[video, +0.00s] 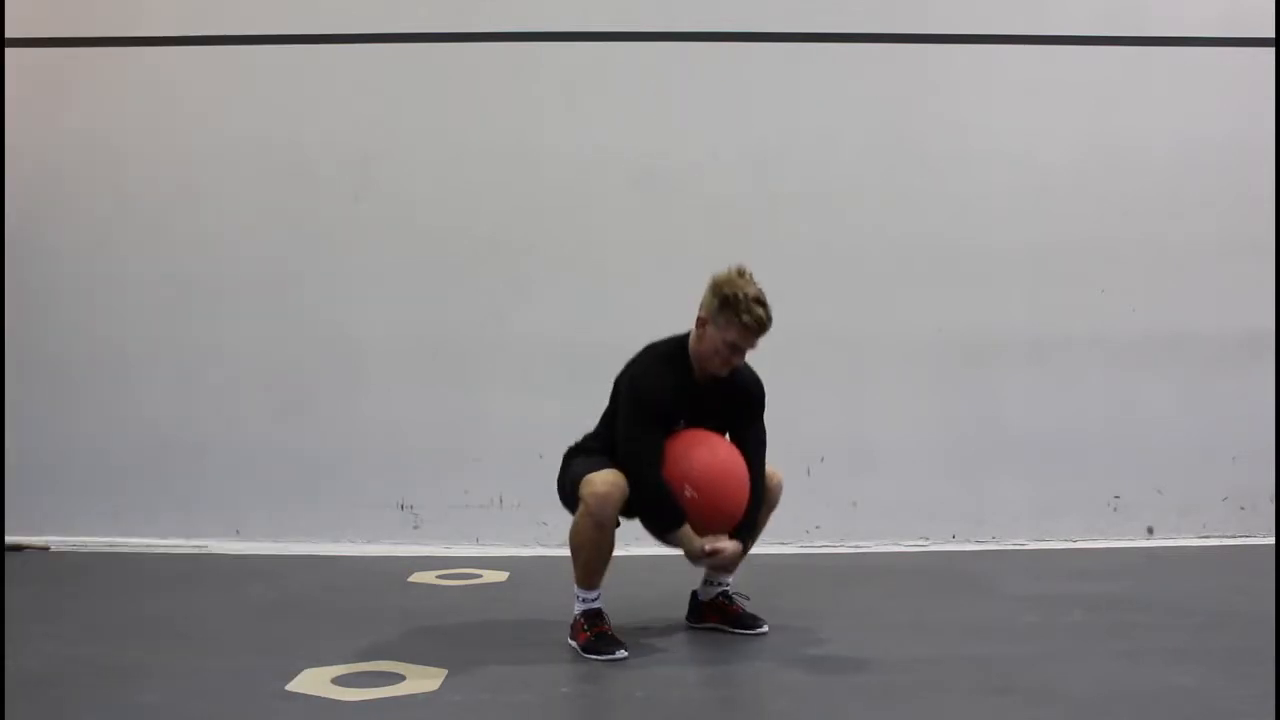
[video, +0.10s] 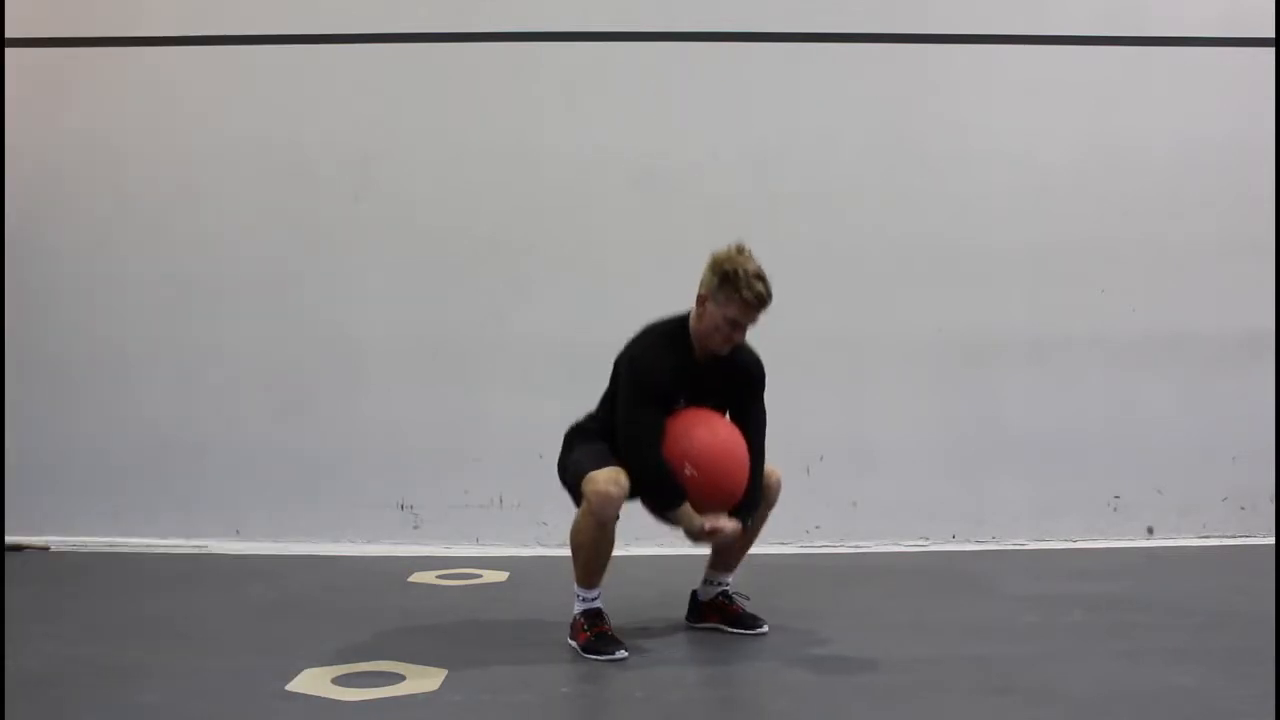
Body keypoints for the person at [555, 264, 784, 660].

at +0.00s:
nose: (738, 360)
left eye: (746, 351)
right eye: (732, 348)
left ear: (755, 343)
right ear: (701, 324)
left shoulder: (746, 388)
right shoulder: (650, 370)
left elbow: (754, 474)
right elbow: (639, 472)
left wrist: (739, 542)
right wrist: (690, 544)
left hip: (681, 477)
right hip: (606, 464)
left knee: (768, 484)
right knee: (605, 490)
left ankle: (710, 598)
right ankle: (587, 614)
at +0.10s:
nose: (738, 337)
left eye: (746, 327)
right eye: (731, 324)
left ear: (755, 320)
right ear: (701, 303)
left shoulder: (745, 368)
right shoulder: (650, 351)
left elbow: (750, 453)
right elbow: (637, 450)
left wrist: (739, 514)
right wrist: (685, 515)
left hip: (679, 459)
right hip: (605, 444)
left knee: (767, 484)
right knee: (606, 489)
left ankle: (711, 597)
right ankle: (587, 614)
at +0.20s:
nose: (736, 285)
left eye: (744, 275)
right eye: (729, 272)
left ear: (750, 271)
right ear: (698, 254)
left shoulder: (741, 325)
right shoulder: (647, 309)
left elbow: (749, 403)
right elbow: (634, 406)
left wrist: (738, 465)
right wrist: (688, 470)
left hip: (669, 421)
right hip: (602, 412)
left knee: (760, 477)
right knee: (606, 488)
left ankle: (711, 597)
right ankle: (586, 614)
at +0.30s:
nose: (731, 240)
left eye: (738, 231)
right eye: (724, 228)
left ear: (744, 228)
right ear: (694, 214)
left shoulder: (737, 288)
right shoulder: (644, 274)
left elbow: (749, 369)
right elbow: (633, 365)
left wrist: (740, 432)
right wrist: (685, 426)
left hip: (666, 400)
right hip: (603, 389)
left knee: (750, 473)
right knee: (606, 481)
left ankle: (710, 596)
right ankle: (586, 613)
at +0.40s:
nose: (712, 169)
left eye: (719, 160)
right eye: (704, 156)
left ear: (726, 163)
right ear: (675, 152)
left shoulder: (728, 231)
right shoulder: (635, 218)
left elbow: (748, 307)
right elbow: (630, 303)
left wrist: (746, 363)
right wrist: (693, 358)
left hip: (671, 364)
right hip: (607, 356)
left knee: (728, 464)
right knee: (609, 472)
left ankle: (709, 596)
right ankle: (586, 611)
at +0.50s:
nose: (703, 140)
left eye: (711, 130)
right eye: (694, 128)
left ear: (717, 130)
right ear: (662, 123)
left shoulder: (720, 201)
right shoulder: (627, 191)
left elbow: (750, 276)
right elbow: (633, 270)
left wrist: (752, 324)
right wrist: (698, 319)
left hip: (673, 347)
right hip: (611, 343)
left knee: (715, 460)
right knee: (610, 469)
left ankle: (708, 598)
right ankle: (586, 611)